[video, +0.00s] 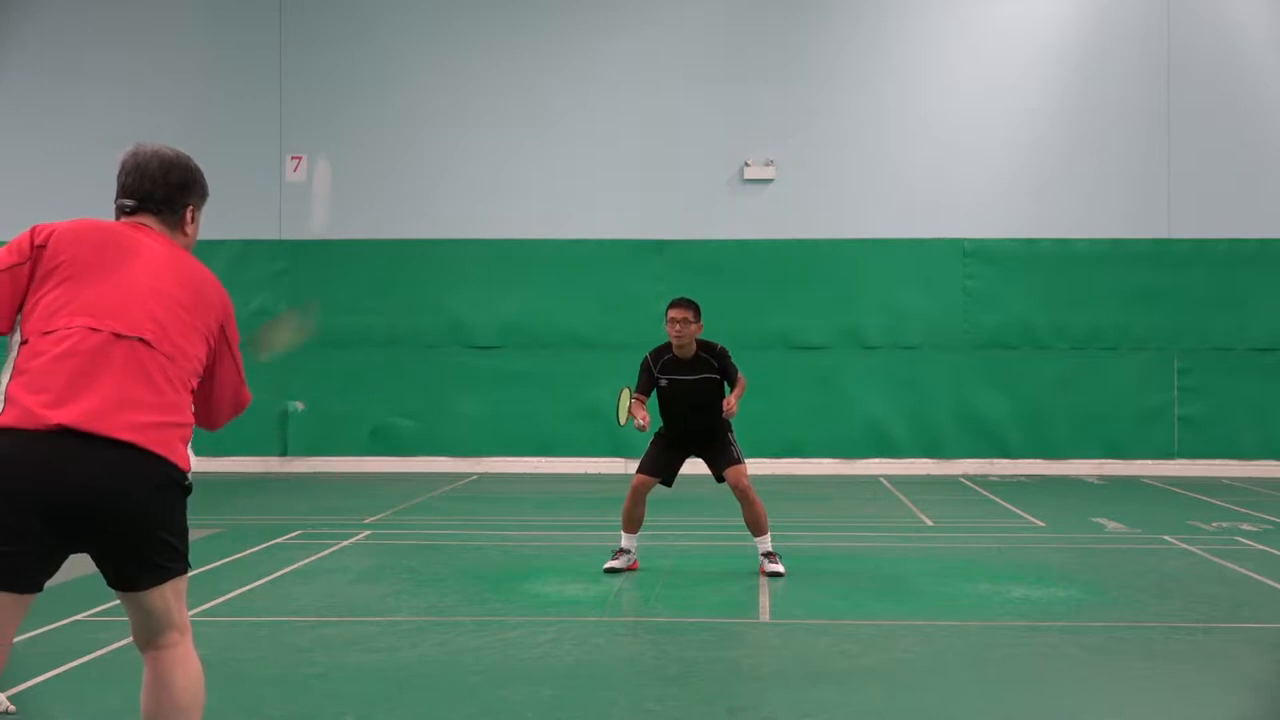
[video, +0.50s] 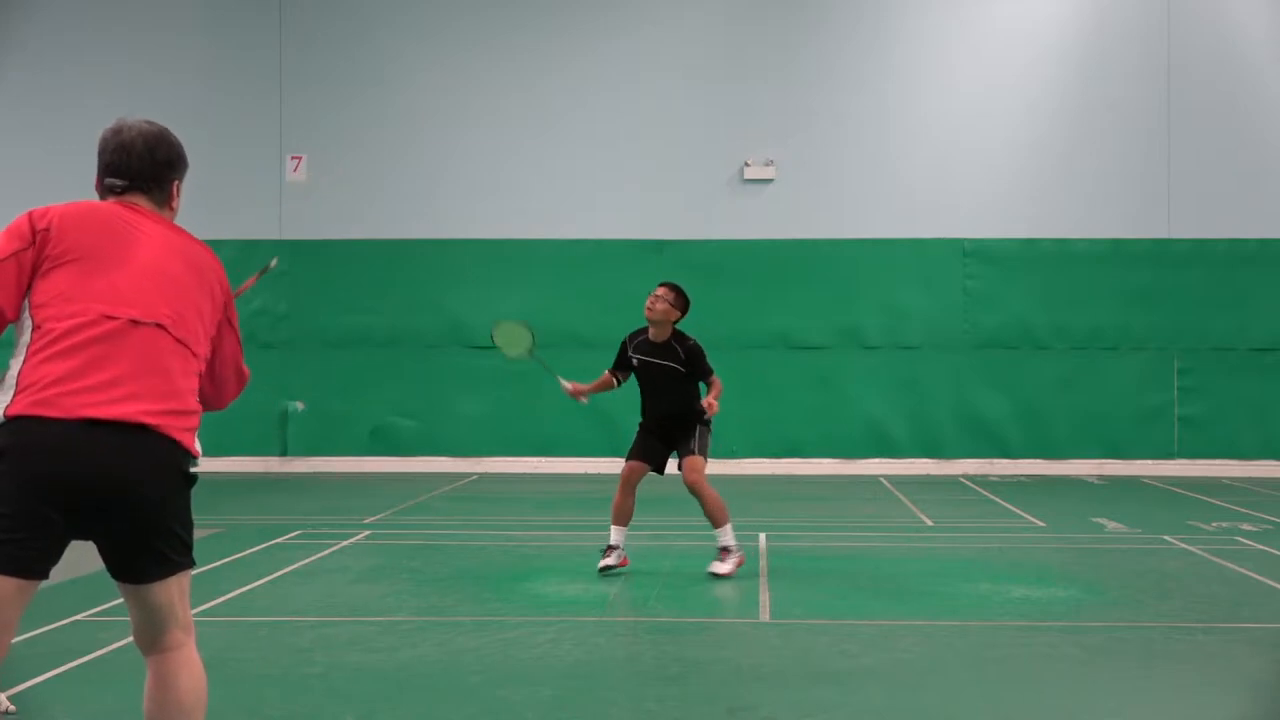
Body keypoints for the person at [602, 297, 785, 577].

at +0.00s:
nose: (677, 328)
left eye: (684, 322)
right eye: (672, 322)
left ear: (698, 326)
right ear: (666, 326)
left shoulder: (715, 354)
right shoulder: (655, 359)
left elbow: (739, 381)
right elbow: (637, 401)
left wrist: (734, 397)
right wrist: (641, 414)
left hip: (714, 433)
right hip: (672, 435)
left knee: (742, 485)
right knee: (638, 485)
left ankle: (767, 553)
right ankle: (627, 551)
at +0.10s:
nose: (677, 313)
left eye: (684, 308)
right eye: (672, 308)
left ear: (698, 312)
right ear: (666, 312)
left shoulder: (716, 342)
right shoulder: (655, 347)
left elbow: (738, 368)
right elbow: (639, 391)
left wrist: (733, 387)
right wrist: (642, 410)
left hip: (713, 425)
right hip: (671, 426)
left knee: (741, 482)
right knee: (639, 482)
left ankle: (767, 551)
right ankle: (624, 547)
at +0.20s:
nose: (675, 309)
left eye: (682, 304)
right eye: (670, 303)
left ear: (697, 311)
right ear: (664, 308)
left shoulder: (714, 341)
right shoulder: (653, 346)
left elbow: (737, 367)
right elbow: (639, 391)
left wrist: (732, 389)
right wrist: (641, 412)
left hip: (711, 421)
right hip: (670, 421)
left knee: (737, 480)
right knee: (640, 477)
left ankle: (766, 549)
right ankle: (619, 542)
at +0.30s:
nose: (669, 317)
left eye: (678, 314)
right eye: (666, 312)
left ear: (692, 323)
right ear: (660, 318)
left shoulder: (708, 354)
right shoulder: (649, 357)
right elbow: (632, 401)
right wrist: (626, 424)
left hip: (709, 430)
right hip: (668, 430)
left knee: (735, 488)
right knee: (639, 480)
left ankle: (768, 553)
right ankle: (621, 552)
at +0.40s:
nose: (661, 311)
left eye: (671, 309)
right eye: (660, 306)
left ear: (684, 322)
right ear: (653, 312)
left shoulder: (696, 354)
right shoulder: (639, 352)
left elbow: (721, 387)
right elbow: (622, 392)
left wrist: (722, 404)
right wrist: (604, 412)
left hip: (696, 431)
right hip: (658, 431)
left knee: (718, 488)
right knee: (635, 481)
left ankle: (762, 548)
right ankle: (620, 553)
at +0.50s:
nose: (652, 301)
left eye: (661, 300)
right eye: (652, 296)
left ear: (675, 314)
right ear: (647, 303)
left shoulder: (687, 347)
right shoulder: (634, 342)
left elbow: (714, 382)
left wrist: (711, 398)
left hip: (690, 422)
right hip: (654, 423)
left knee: (693, 478)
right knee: (628, 476)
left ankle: (730, 550)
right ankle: (615, 549)